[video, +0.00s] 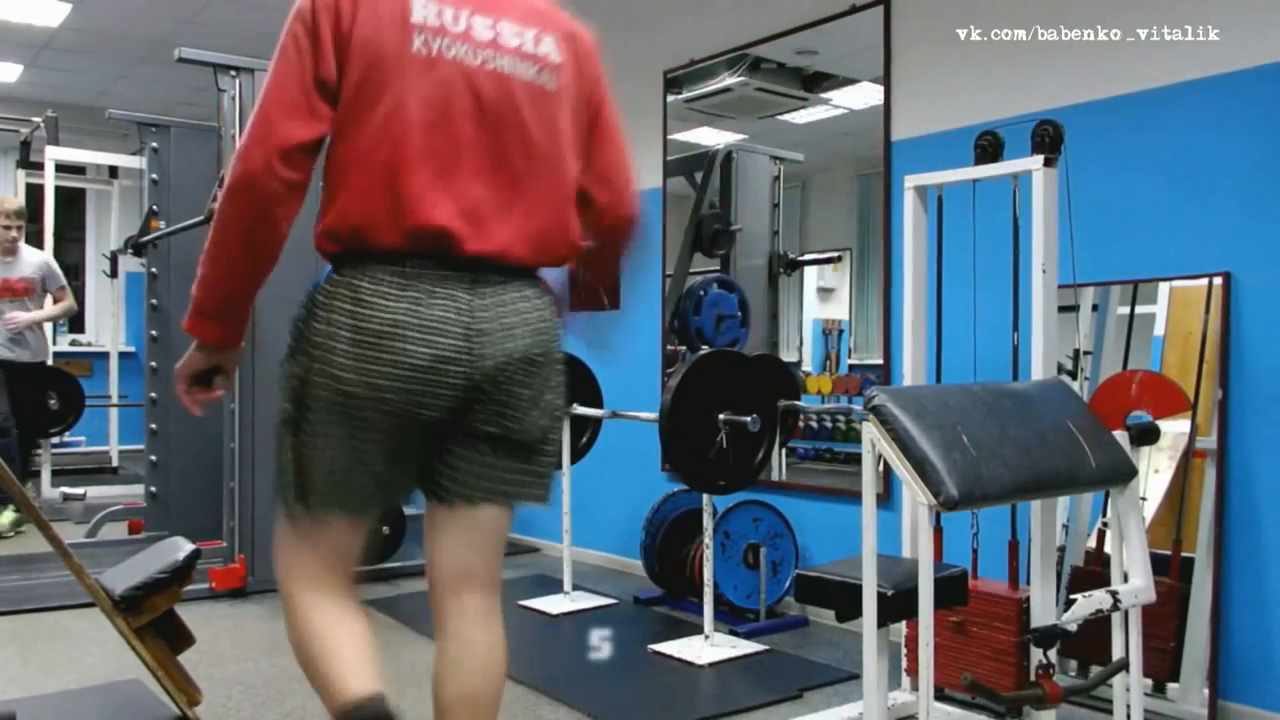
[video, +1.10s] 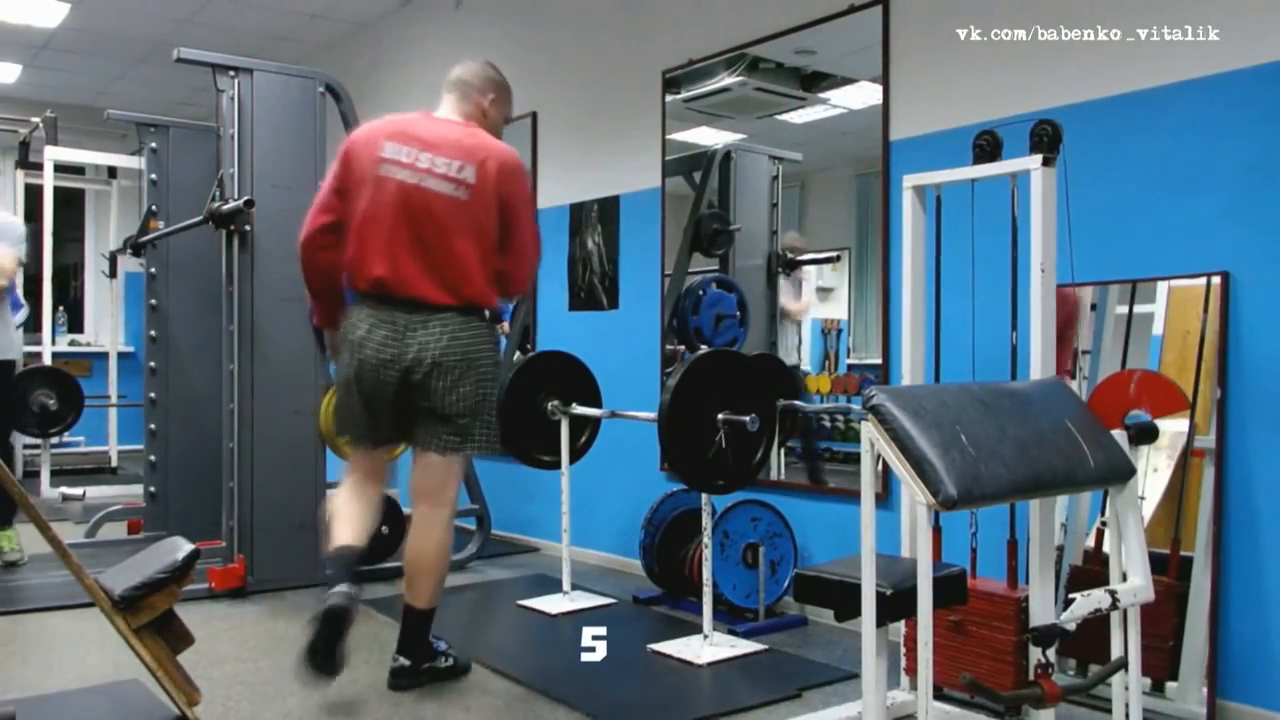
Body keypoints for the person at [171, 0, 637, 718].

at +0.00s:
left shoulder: (340, 10)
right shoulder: (565, 34)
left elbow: (267, 168)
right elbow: (615, 203)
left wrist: (216, 328)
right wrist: (589, 279)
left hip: (376, 305)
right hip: (516, 312)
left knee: (319, 569)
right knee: (471, 591)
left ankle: (368, 709)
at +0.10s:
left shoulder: (333, 18)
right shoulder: (541, 42)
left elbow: (266, 180)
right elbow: (579, 206)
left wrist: (216, 335)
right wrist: (480, 242)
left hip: (366, 306)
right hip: (501, 315)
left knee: (311, 537)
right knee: (462, 576)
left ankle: (328, 708)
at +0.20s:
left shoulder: (327, 38)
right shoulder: (520, 58)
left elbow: (259, 194)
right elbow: (529, 191)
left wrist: (209, 343)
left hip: (356, 316)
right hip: (485, 319)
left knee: (315, 549)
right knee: (456, 571)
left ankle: (299, 708)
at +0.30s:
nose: (351, 10)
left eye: (355, 6)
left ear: (361, 5)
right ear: (444, 7)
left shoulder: (311, 64)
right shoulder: (499, 75)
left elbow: (248, 213)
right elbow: (488, 183)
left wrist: (198, 352)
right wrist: (449, 42)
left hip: (339, 327)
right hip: (459, 329)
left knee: (316, 552)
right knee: (441, 554)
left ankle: (302, 709)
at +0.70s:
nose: (441, 76)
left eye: (438, 68)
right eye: (440, 67)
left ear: (367, 52)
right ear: (426, 57)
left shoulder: (295, 101)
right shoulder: (445, 110)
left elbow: (250, 223)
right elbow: (466, 212)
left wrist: (282, 296)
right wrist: (461, 111)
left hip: (304, 323)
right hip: (409, 329)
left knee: (308, 524)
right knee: (419, 502)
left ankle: (306, 708)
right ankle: (397, 671)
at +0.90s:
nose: (476, 117)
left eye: (476, 108)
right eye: (477, 107)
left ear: (413, 84)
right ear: (461, 93)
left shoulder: (338, 126)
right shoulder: (472, 147)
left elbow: (294, 237)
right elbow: (487, 246)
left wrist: (329, 293)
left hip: (327, 331)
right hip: (422, 341)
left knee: (320, 512)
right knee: (418, 512)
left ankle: (306, 682)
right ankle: (414, 654)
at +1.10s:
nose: (501, 125)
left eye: (501, 117)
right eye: (503, 116)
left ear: (445, 93)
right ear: (489, 103)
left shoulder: (367, 137)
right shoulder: (501, 162)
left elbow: (317, 238)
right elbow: (517, 274)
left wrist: (332, 316)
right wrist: (470, 277)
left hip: (373, 332)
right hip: (456, 339)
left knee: (363, 472)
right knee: (434, 502)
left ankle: (341, 583)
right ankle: (415, 653)